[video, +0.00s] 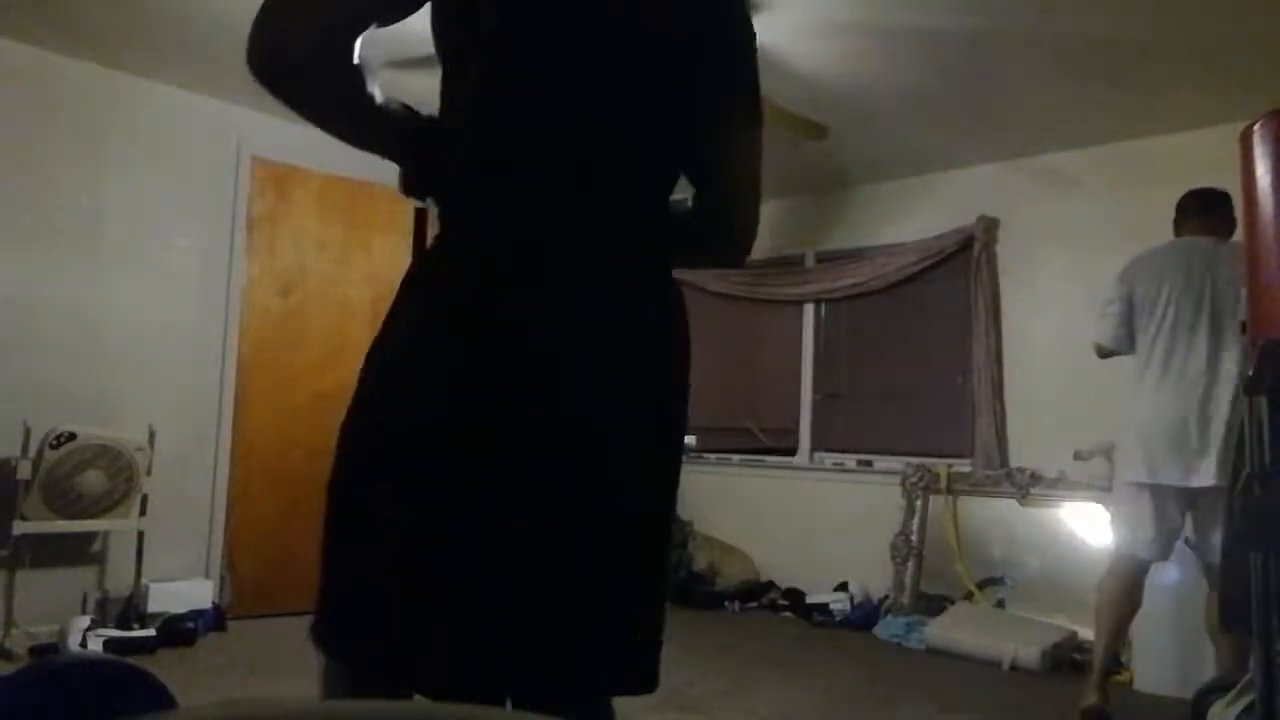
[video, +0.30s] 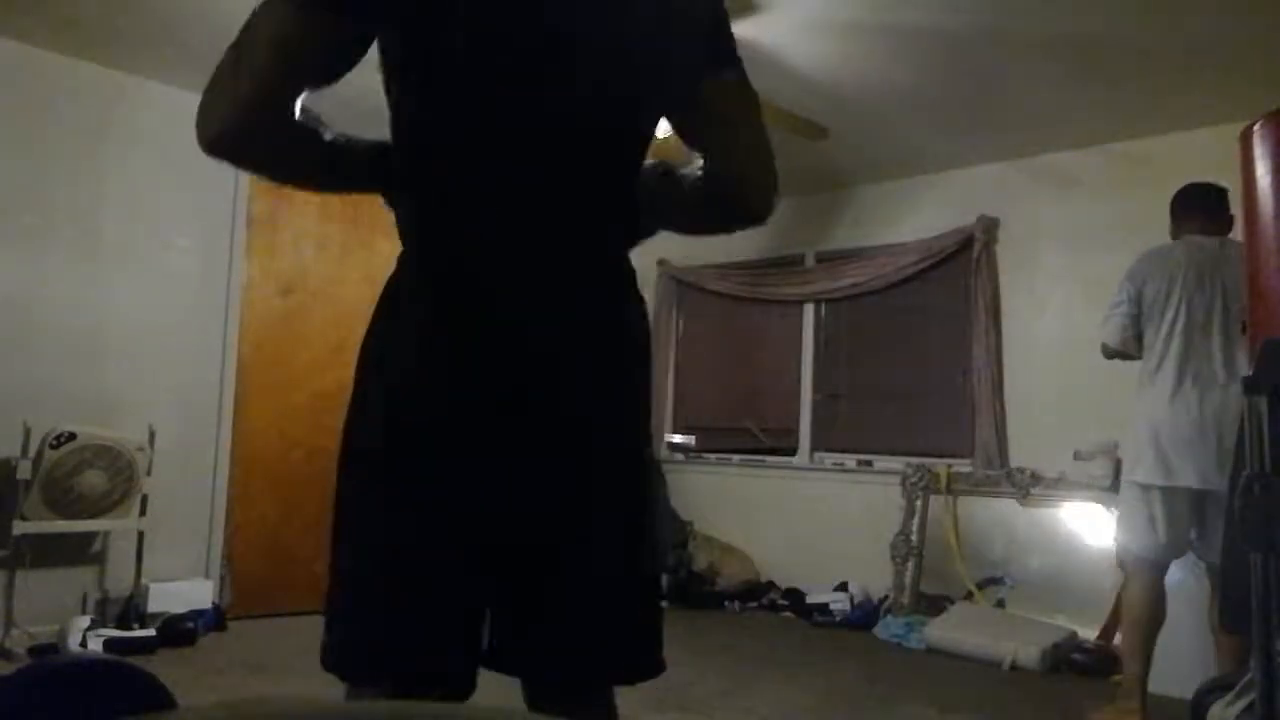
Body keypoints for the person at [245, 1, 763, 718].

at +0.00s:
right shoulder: (714, 15)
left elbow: (288, 45)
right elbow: (727, 228)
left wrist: (417, 143)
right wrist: (597, 224)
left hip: (460, 293)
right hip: (619, 315)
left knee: (370, 655)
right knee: (574, 671)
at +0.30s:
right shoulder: (670, 5)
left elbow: (232, 120)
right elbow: (746, 190)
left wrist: (391, 166)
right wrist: (628, 195)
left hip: (433, 324)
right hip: (583, 330)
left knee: (396, 678)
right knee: (576, 680)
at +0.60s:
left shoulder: (343, 8)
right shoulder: (626, 8)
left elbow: (270, 182)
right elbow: (689, 196)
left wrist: (418, 175)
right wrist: (589, 113)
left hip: (417, 327)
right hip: (563, 328)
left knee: (368, 659)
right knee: (546, 659)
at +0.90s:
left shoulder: (431, 21)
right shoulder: (655, 22)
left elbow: (367, 194)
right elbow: (713, 222)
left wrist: (485, 154)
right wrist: (673, 79)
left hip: (460, 359)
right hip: (598, 363)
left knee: (400, 660)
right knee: (644, 653)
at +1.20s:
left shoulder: (534, 48)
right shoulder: (757, 67)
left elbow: (471, 192)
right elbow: (791, 247)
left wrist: (576, 151)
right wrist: (779, 136)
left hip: (559, 361)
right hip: (686, 367)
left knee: (477, 636)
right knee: (686, 646)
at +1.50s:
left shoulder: (594, 54)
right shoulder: (808, 89)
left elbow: (504, 162)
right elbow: (819, 260)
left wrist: (607, 106)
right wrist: (754, 161)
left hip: (602, 363)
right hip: (723, 373)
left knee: (523, 620)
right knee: (705, 636)